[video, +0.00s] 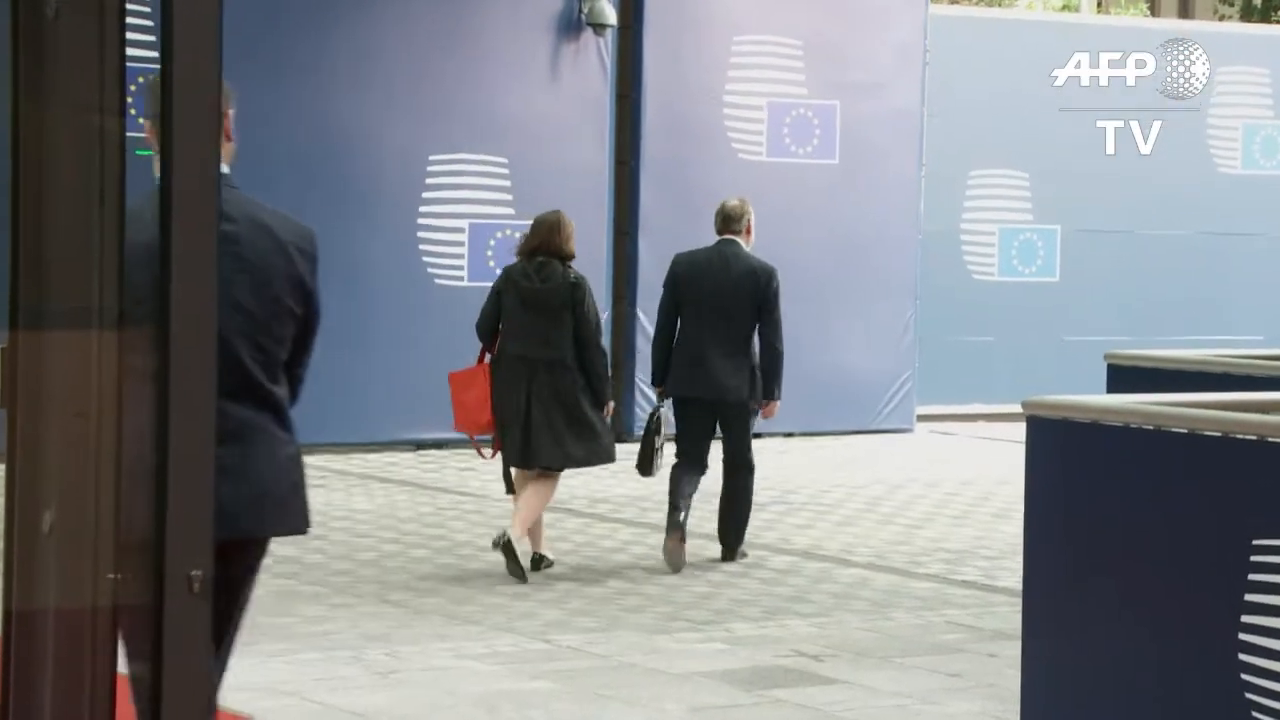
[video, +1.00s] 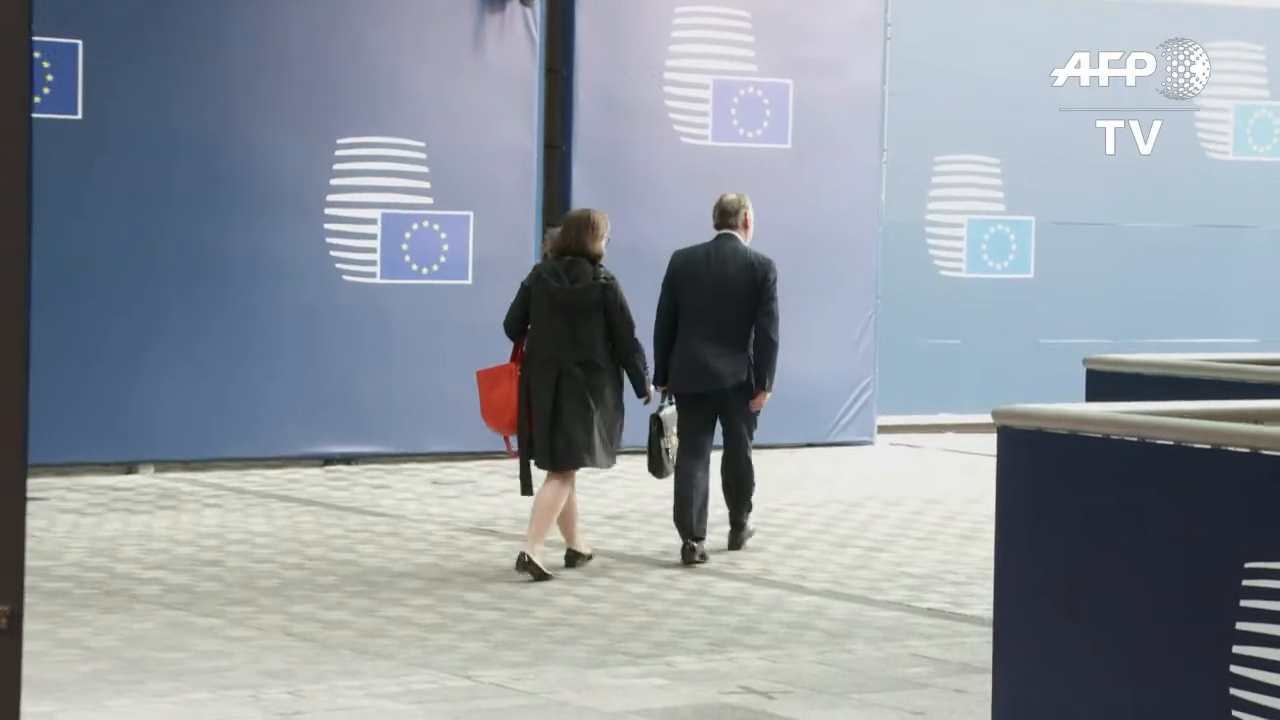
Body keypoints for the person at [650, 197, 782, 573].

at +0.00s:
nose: (755, 233)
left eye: (751, 227)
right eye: (754, 227)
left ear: (716, 228)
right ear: (748, 229)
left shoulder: (684, 263)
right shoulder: (762, 273)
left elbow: (664, 326)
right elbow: (771, 339)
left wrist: (660, 377)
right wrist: (771, 391)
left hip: (689, 382)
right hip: (736, 385)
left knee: (689, 458)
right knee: (739, 463)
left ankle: (676, 515)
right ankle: (731, 545)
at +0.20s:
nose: (757, 219)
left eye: (755, 213)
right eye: (756, 214)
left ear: (717, 216)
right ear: (750, 216)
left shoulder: (686, 253)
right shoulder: (765, 260)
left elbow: (667, 314)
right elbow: (782, 320)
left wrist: (661, 363)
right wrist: (788, 368)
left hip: (692, 370)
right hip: (741, 374)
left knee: (701, 441)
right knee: (731, 458)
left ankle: (696, 517)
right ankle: (720, 546)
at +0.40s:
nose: (756, 228)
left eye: (755, 224)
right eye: (755, 224)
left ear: (716, 225)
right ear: (749, 225)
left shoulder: (685, 262)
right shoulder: (760, 268)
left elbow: (666, 322)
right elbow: (784, 318)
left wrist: (661, 373)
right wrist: (790, 352)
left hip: (690, 379)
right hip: (740, 382)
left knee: (707, 452)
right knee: (724, 459)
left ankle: (715, 523)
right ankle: (708, 545)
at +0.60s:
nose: (749, 220)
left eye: (746, 214)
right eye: (747, 215)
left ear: (709, 219)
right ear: (741, 217)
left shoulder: (681, 260)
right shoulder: (758, 260)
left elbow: (668, 324)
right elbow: (779, 317)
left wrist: (667, 375)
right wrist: (784, 365)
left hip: (694, 375)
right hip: (742, 376)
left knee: (703, 455)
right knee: (739, 451)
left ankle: (711, 535)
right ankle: (717, 503)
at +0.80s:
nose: (751, 213)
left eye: (749, 207)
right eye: (750, 207)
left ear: (711, 211)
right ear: (743, 210)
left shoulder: (682, 251)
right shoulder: (761, 254)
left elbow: (668, 314)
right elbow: (770, 320)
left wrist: (667, 363)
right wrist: (769, 371)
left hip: (694, 370)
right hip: (742, 372)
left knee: (698, 452)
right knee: (744, 442)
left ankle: (701, 536)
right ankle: (737, 525)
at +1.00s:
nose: (754, 227)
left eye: (751, 220)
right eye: (753, 221)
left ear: (715, 222)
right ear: (746, 222)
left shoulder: (683, 260)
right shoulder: (760, 266)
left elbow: (665, 321)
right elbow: (767, 331)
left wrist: (662, 373)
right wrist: (764, 383)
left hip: (690, 376)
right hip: (736, 377)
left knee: (692, 454)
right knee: (738, 449)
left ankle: (692, 540)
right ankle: (739, 525)